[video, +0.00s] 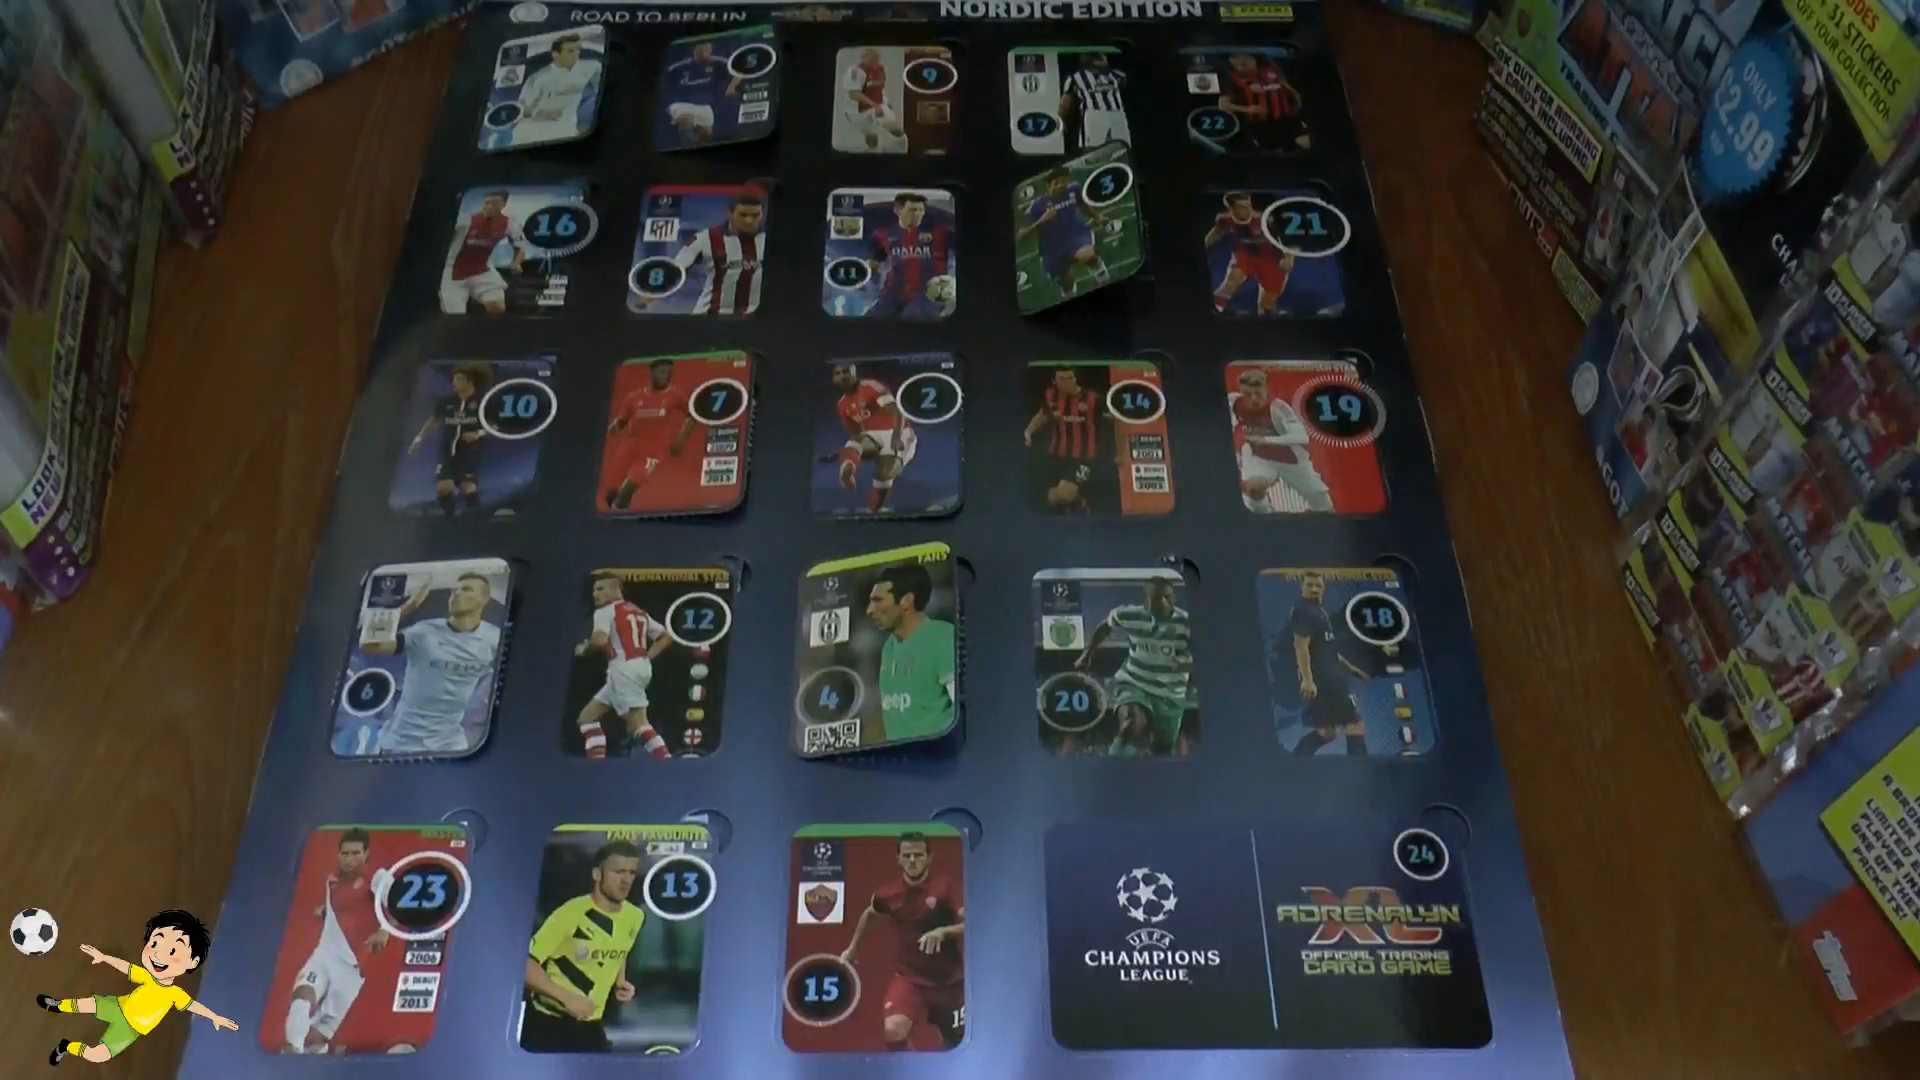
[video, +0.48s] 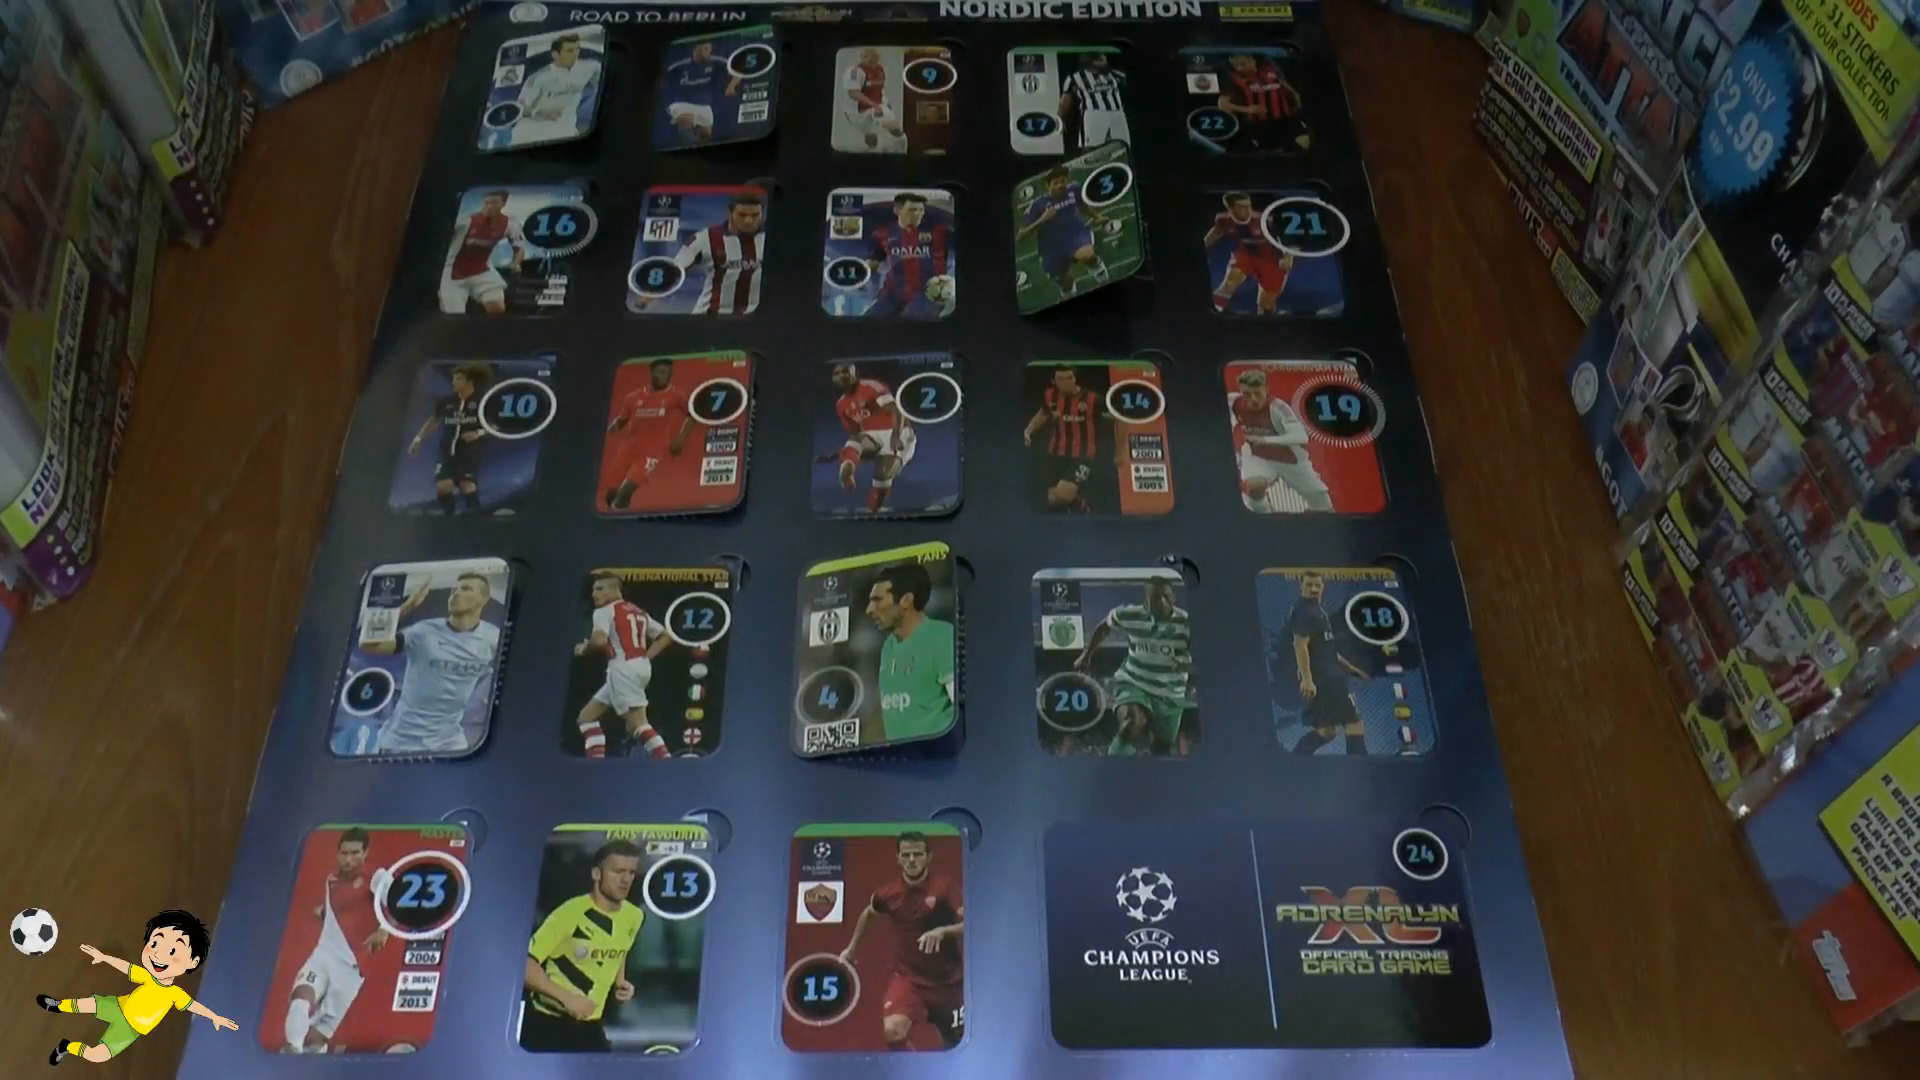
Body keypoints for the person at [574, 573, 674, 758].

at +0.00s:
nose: (595, 593)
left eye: (600, 589)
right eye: (594, 589)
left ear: (616, 591)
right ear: (619, 593)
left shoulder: (605, 611)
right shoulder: (638, 611)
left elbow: (600, 640)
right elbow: (665, 636)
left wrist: (586, 648)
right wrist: (646, 657)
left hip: (623, 668)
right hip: (644, 667)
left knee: (637, 724)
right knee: (587, 717)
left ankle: (666, 765)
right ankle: (598, 768)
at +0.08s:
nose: (594, 594)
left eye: (600, 589)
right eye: (594, 589)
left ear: (615, 591)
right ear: (619, 593)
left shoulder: (604, 611)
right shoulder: (637, 611)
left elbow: (600, 640)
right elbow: (665, 637)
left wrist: (585, 648)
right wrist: (646, 657)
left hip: (623, 669)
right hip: (644, 667)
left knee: (637, 724)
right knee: (587, 716)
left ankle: (666, 765)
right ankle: (598, 767)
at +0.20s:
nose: (594, 594)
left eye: (600, 589)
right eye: (594, 589)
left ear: (615, 591)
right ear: (618, 593)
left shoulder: (604, 611)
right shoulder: (637, 611)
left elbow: (600, 641)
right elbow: (665, 637)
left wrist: (585, 648)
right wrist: (646, 658)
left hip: (623, 669)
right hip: (643, 667)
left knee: (638, 724)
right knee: (587, 717)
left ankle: (667, 766)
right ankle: (597, 768)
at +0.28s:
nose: (594, 594)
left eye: (600, 589)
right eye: (594, 589)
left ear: (615, 591)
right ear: (618, 593)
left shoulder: (604, 611)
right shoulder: (637, 611)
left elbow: (600, 641)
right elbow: (665, 637)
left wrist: (585, 648)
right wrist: (645, 658)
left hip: (623, 669)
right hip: (643, 667)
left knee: (638, 724)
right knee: (587, 717)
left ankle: (667, 766)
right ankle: (597, 768)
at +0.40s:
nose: (594, 594)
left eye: (599, 589)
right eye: (594, 589)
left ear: (614, 591)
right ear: (618, 593)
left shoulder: (604, 611)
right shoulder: (637, 611)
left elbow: (600, 641)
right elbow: (665, 637)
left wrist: (585, 648)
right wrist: (645, 657)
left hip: (623, 669)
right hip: (643, 667)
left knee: (637, 724)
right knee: (587, 716)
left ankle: (667, 766)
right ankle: (597, 768)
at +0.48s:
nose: (594, 593)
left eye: (599, 589)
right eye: (594, 589)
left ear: (614, 591)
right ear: (618, 593)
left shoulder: (604, 611)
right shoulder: (637, 611)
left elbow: (599, 640)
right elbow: (665, 636)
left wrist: (585, 649)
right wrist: (645, 657)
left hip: (623, 669)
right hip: (643, 666)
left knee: (637, 724)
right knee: (587, 717)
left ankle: (666, 766)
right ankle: (597, 767)